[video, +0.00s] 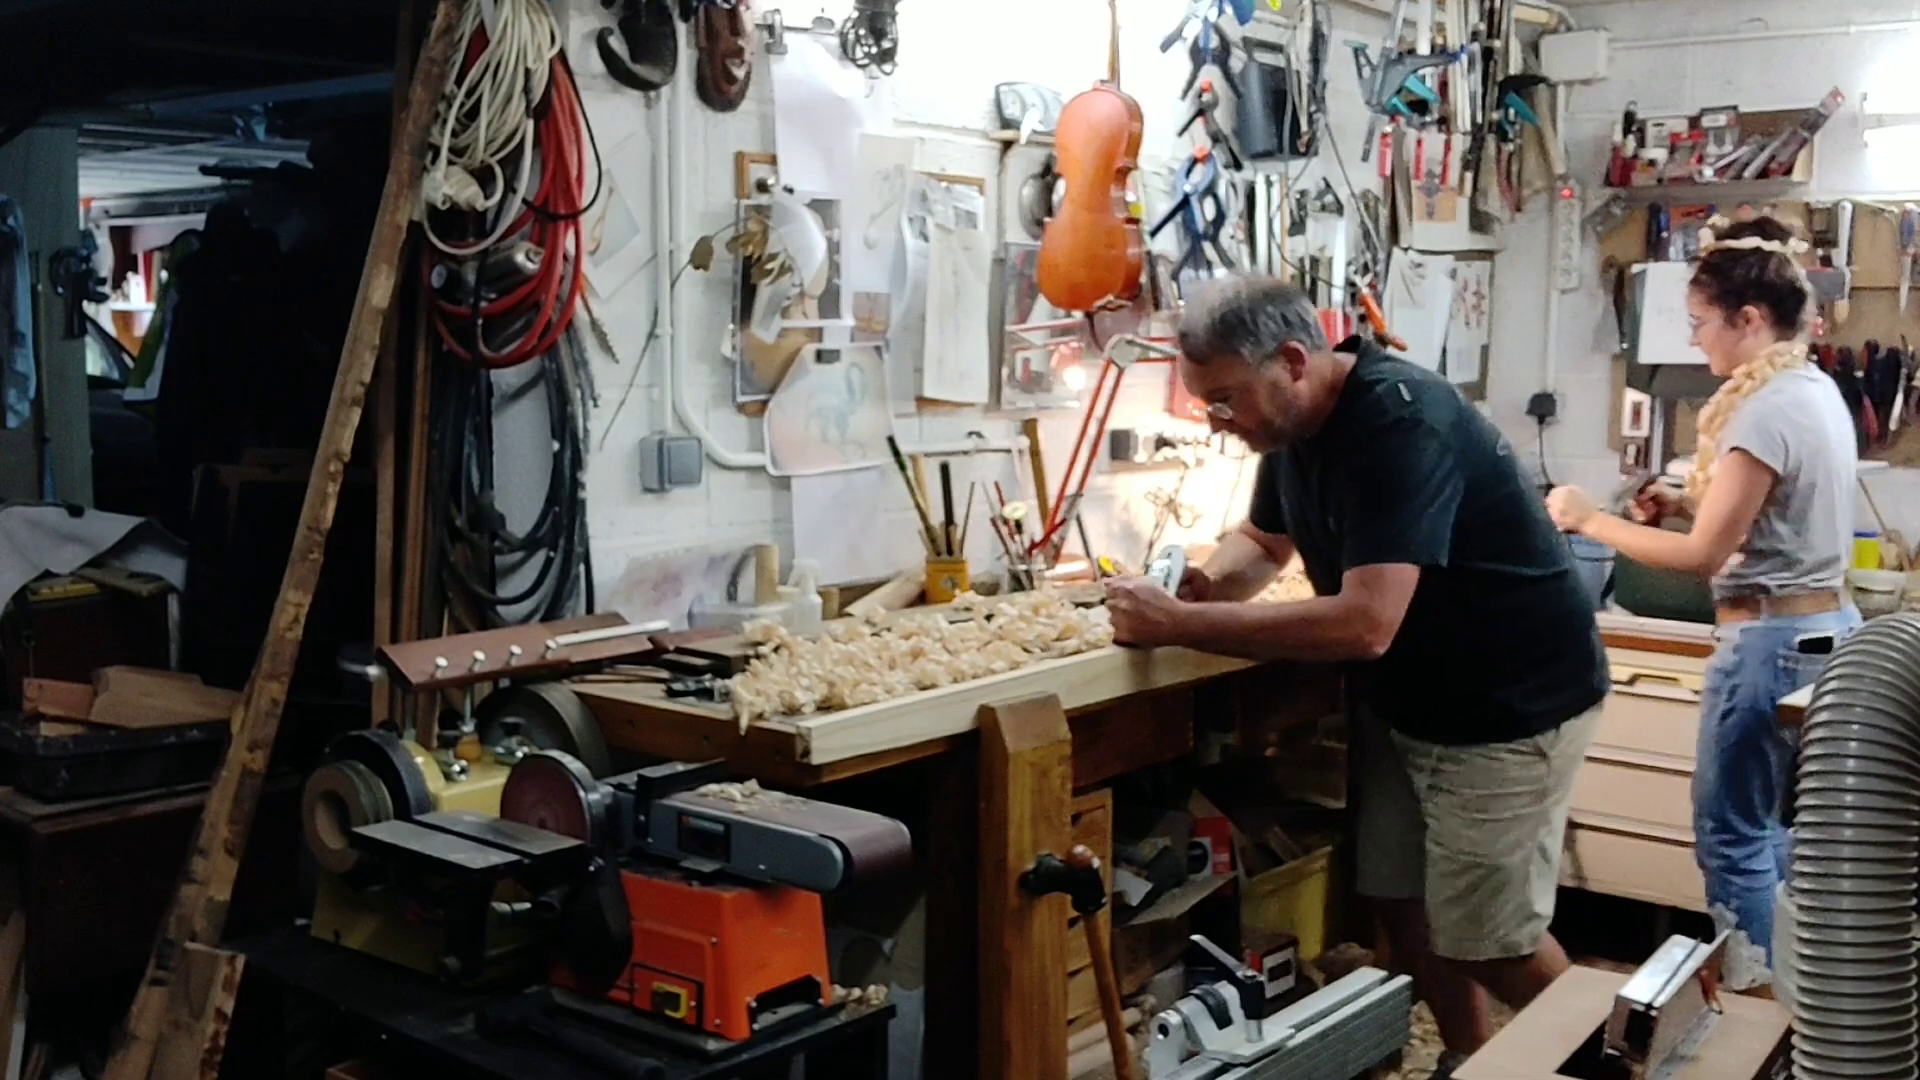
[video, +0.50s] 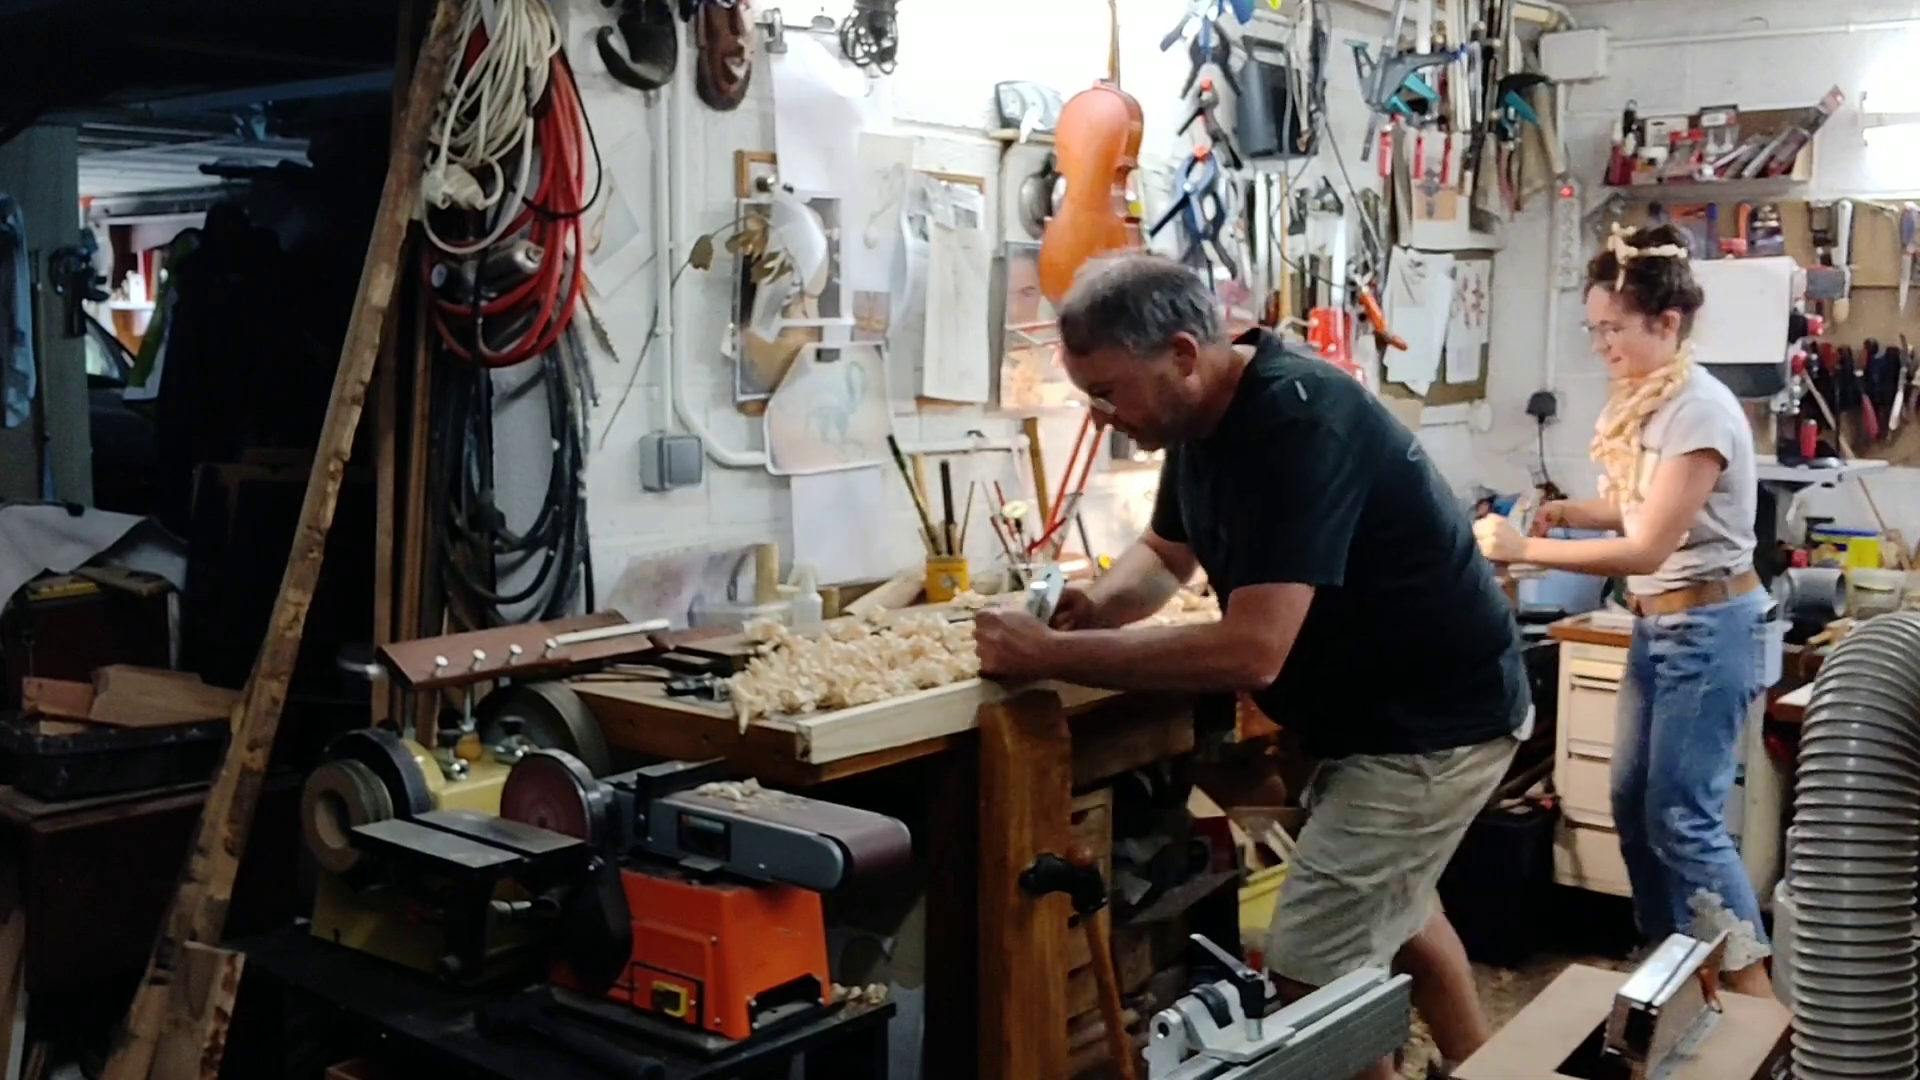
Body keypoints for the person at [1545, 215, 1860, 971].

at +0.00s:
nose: (1694, 341)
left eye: (1699, 323)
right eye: (1692, 324)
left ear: (1750, 319)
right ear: (1763, 317)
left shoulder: (1764, 411)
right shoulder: (1816, 392)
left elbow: (1700, 554)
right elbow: (1778, 507)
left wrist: (1590, 520)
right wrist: (1684, 504)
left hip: (1770, 638)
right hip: (1825, 625)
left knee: (1730, 831)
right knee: (1791, 818)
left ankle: (1750, 997)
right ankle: (1807, 978)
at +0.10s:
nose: (1671, 339)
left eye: (1677, 322)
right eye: (1669, 323)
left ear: (1728, 317)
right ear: (1732, 318)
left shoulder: (1756, 403)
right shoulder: (1768, 391)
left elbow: (1677, 547)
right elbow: (1715, 508)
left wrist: (1560, 531)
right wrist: (1636, 505)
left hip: (1769, 637)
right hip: (1774, 629)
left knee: (1722, 823)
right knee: (1684, 790)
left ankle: (1765, 997)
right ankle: (1747, 961)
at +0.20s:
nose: (1650, 342)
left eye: (1658, 326)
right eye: (1648, 327)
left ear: (1711, 322)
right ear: (1709, 321)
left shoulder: (1746, 404)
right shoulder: (1718, 398)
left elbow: (1659, 548)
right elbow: (1681, 507)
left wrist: (1540, 538)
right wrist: (1608, 509)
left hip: (1763, 636)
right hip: (1732, 631)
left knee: (1716, 821)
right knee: (1671, 800)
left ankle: (1756, 995)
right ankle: (1694, 963)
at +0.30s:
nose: (1630, 343)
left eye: (1640, 328)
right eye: (1628, 328)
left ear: (1698, 324)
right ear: (1689, 325)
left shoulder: (1727, 409)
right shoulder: (1691, 402)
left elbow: (1652, 551)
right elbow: (1664, 512)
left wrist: (1531, 547)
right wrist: (1584, 510)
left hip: (1743, 632)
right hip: (1706, 629)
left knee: (1705, 823)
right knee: (1656, 806)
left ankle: (1755, 988)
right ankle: (1669, 964)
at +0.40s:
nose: (1616, 344)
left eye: (1627, 328)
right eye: (1611, 328)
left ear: (1684, 323)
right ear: (1666, 324)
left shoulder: (1714, 411)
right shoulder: (1666, 403)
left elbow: (1647, 551)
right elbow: (1650, 511)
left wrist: (1528, 550)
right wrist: (1572, 511)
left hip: (1725, 633)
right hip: (1678, 629)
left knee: (1698, 823)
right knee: (1647, 808)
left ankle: (1750, 990)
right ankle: (1674, 969)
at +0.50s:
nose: (1600, 345)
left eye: (1610, 328)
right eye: (1594, 330)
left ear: (1666, 321)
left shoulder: (1700, 409)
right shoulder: (1638, 406)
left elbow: (1646, 548)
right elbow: (1631, 510)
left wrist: (1523, 550)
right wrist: (1561, 510)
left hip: (1712, 628)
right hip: (1656, 625)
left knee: (1685, 818)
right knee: (1635, 805)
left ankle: (1749, 982)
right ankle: (1672, 963)